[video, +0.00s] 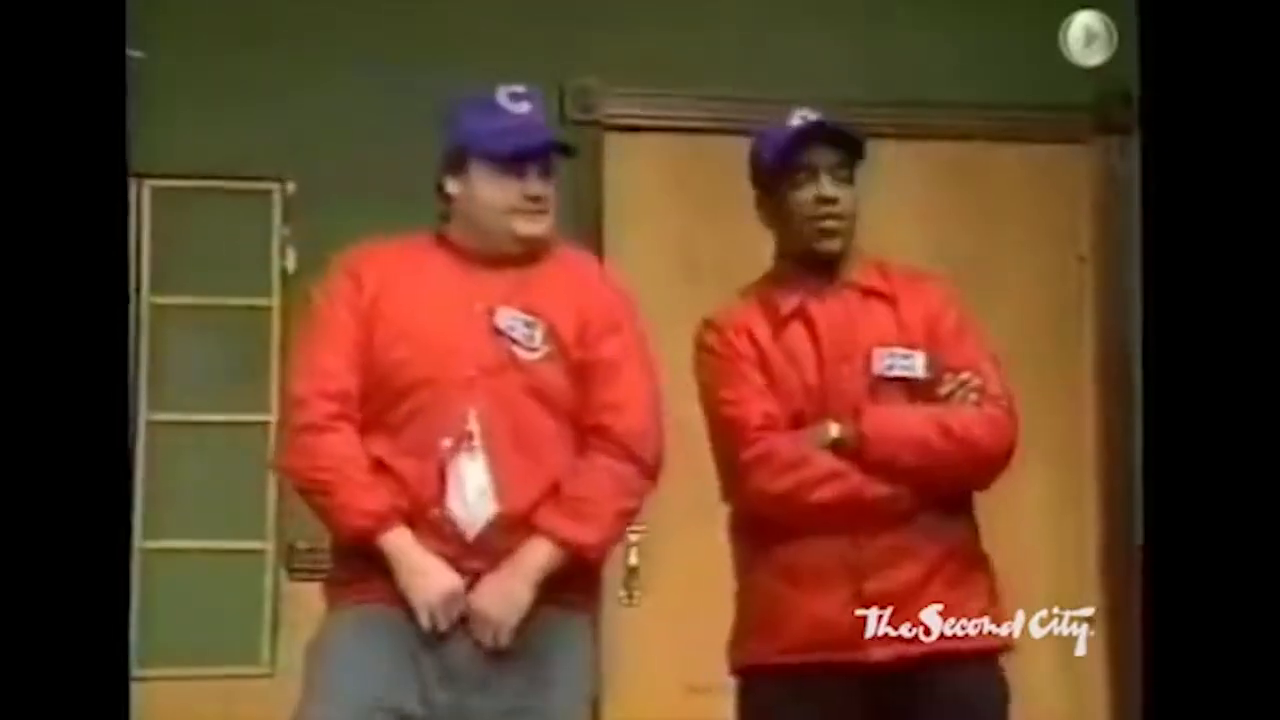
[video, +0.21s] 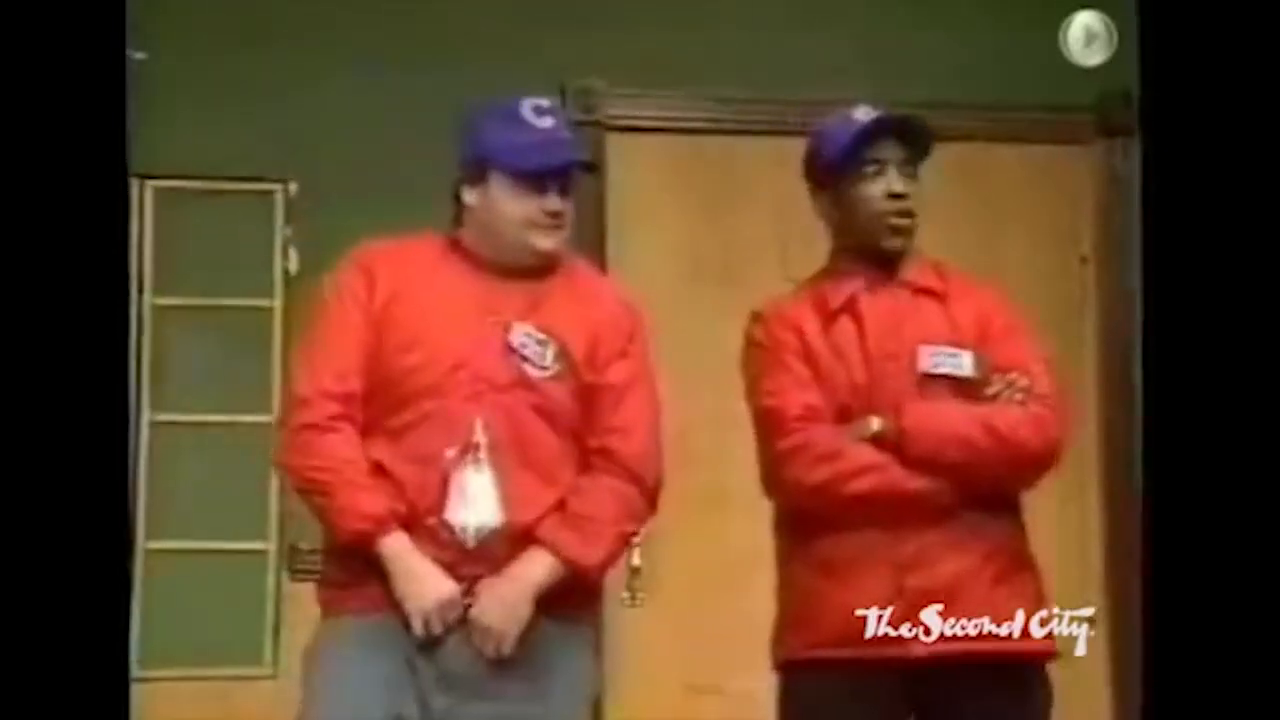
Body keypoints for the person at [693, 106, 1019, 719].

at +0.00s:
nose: (827, 194)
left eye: (840, 175)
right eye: (803, 179)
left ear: (858, 192)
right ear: (768, 203)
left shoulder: (924, 300)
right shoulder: (733, 331)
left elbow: (988, 437)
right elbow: (764, 483)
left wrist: (845, 436)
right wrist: (929, 458)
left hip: (942, 640)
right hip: (798, 655)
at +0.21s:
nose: (900, 189)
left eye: (908, 171)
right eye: (873, 172)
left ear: (921, 187)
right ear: (826, 196)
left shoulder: (978, 306)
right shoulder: (785, 324)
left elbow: (1035, 435)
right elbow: (799, 471)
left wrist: (889, 430)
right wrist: (972, 467)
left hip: (985, 639)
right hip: (840, 649)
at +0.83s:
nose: (999, 199)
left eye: (1005, 183)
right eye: (974, 181)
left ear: (1014, 195)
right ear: (916, 202)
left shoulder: (1049, 328)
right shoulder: (848, 310)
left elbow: (1096, 467)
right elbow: (854, 459)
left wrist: (947, 431)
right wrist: (1028, 478)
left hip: (1016, 646)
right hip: (869, 641)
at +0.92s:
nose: (980, 200)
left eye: (987, 184)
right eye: (956, 181)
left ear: (995, 197)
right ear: (898, 202)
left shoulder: (1027, 329)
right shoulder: (832, 308)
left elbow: (1077, 467)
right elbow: (842, 454)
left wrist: (934, 425)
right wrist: (1011, 479)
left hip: (1001, 649)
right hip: (852, 644)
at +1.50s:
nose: (899, 201)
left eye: (910, 183)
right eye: (876, 184)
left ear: (923, 198)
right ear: (833, 204)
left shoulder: (979, 319)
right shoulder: (779, 324)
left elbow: (1023, 446)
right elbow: (788, 464)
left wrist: (878, 427)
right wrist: (962, 466)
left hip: (971, 649)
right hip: (819, 651)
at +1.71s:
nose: (883, 198)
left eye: (902, 183)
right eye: (865, 182)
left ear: (926, 204)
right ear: (837, 205)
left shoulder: (984, 317)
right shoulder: (786, 323)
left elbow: (1036, 446)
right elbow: (801, 466)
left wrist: (893, 426)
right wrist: (976, 460)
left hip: (980, 645)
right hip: (829, 648)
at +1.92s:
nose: (882, 198)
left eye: (903, 184)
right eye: (865, 181)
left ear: (931, 207)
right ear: (840, 202)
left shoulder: (988, 321)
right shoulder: (788, 319)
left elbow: (1036, 448)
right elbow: (799, 462)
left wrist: (891, 423)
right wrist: (974, 462)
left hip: (975, 647)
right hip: (826, 646)